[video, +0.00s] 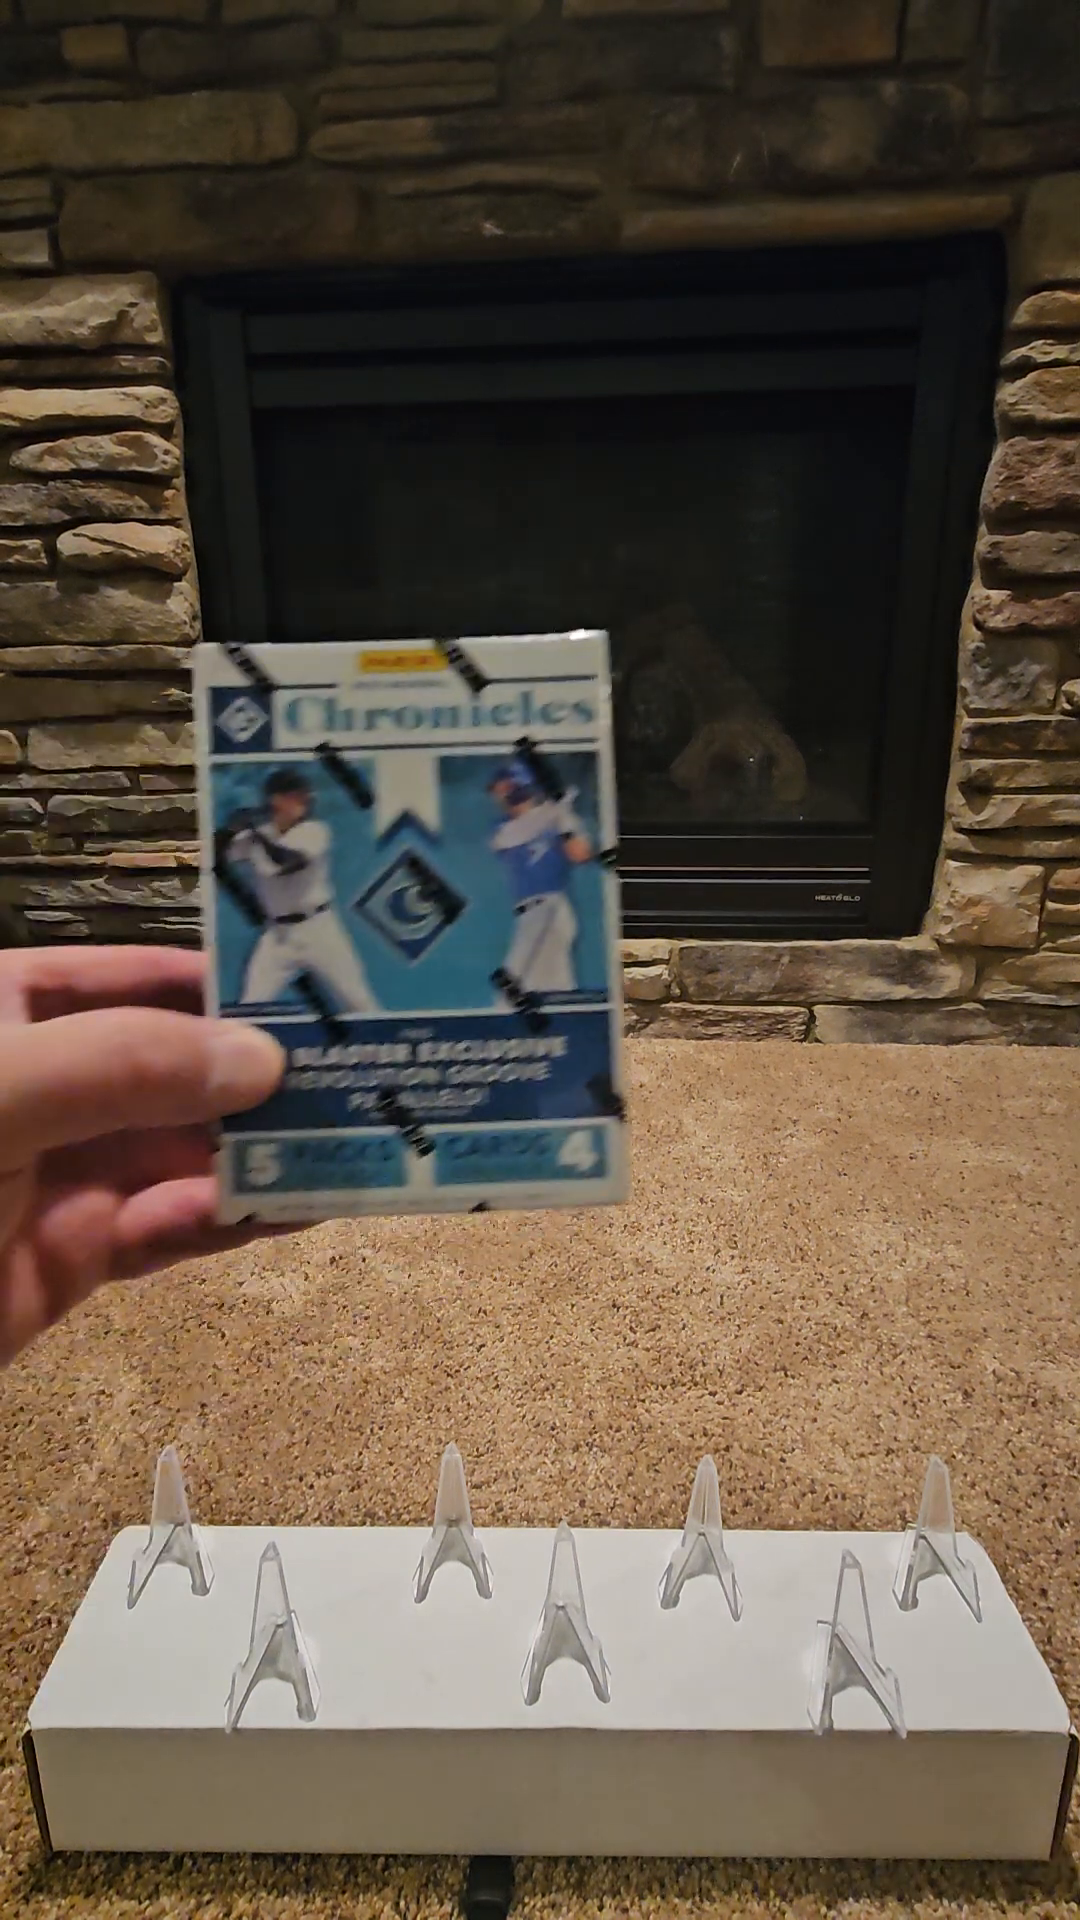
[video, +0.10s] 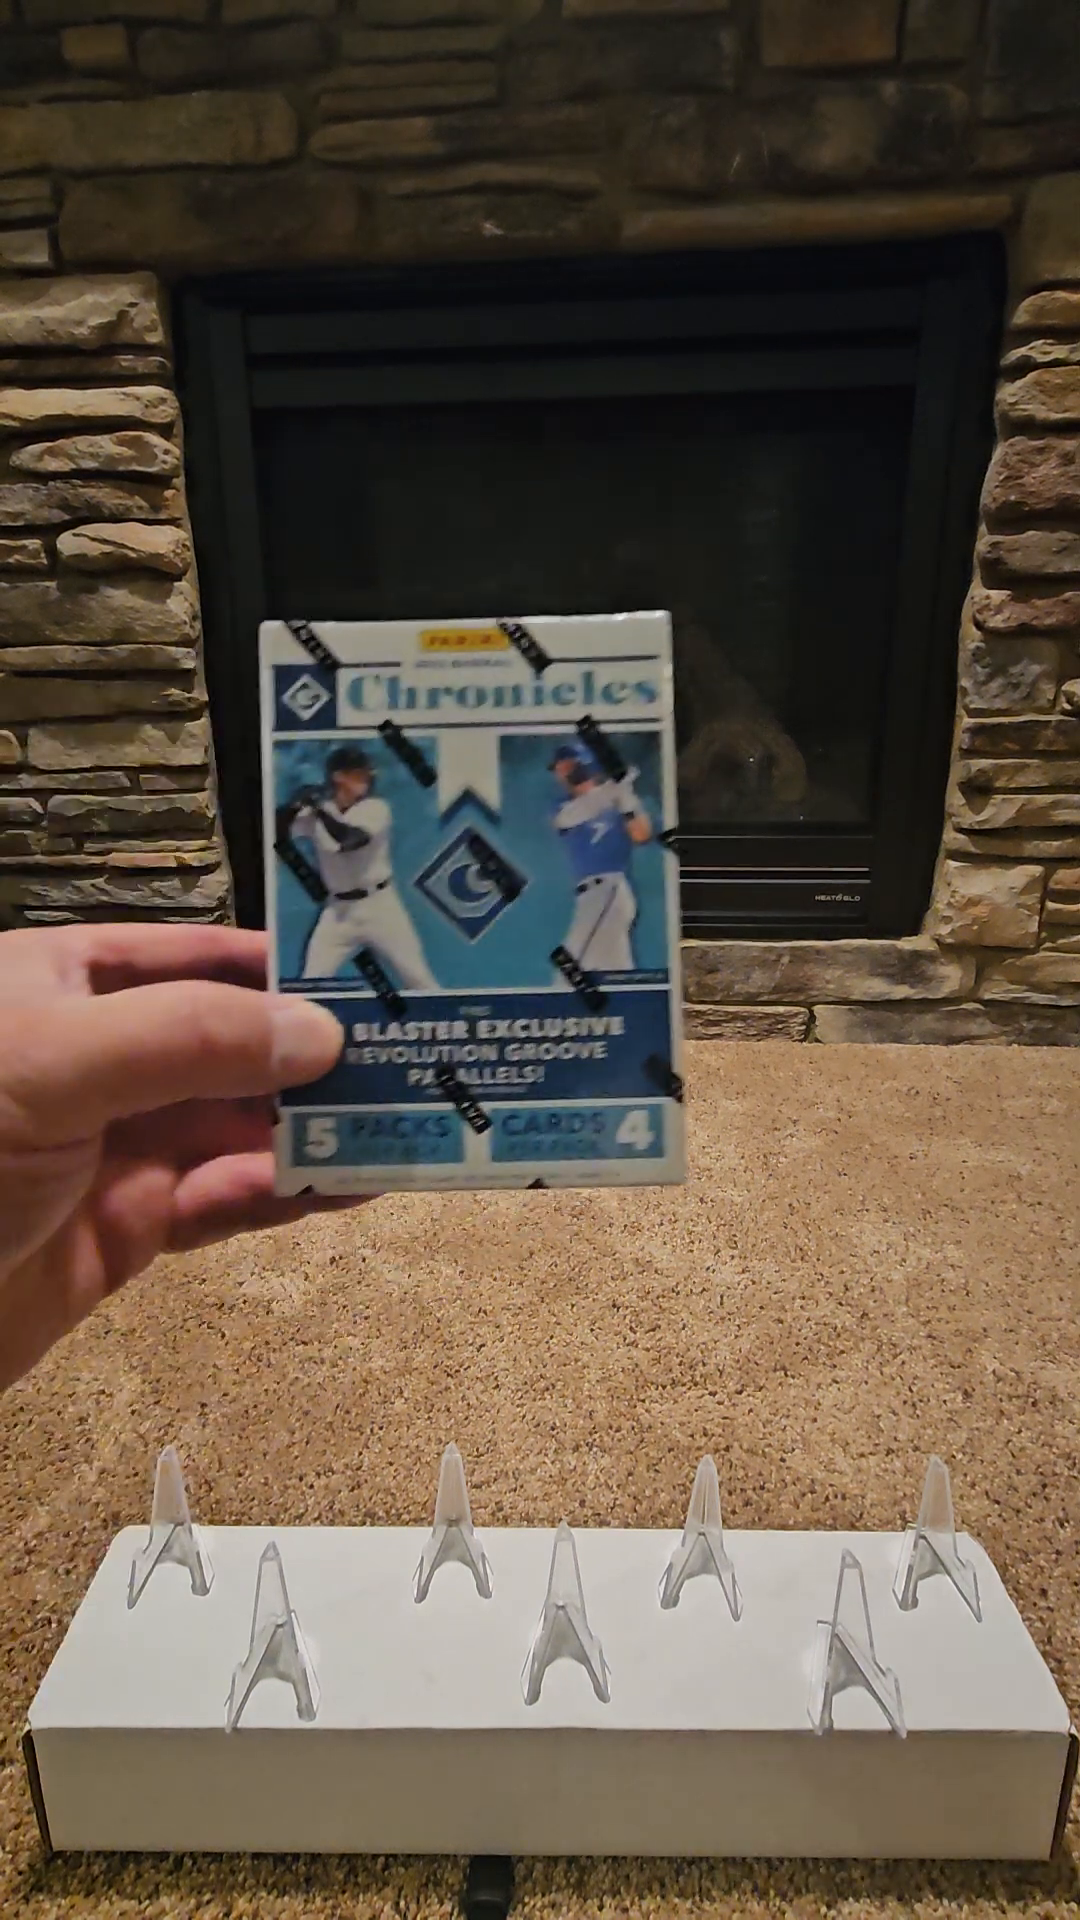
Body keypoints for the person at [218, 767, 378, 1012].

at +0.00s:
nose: (303, 803)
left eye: (304, 797)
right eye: (295, 797)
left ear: (306, 801)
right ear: (275, 800)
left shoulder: (315, 831)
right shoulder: (256, 838)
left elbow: (286, 862)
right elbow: (218, 856)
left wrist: (255, 834)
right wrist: (231, 831)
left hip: (319, 930)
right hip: (277, 934)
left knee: (358, 1001)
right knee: (252, 1009)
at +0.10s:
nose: (366, 779)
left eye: (366, 773)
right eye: (357, 774)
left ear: (369, 777)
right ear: (338, 777)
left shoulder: (376, 808)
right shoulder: (316, 816)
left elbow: (347, 840)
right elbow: (278, 832)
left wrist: (318, 807)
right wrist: (294, 807)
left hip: (381, 907)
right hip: (338, 911)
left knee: (417, 977)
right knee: (312, 985)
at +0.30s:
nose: (399, 742)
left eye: (400, 736)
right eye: (391, 737)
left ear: (403, 740)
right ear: (371, 742)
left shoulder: (409, 775)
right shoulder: (346, 781)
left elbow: (380, 807)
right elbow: (308, 798)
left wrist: (348, 772)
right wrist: (325, 771)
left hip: (412, 875)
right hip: (369, 878)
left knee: (450, 948)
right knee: (343, 952)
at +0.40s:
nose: (385, 726)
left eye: (387, 720)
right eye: (377, 721)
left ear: (391, 724)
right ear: (358, 726)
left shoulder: (397, 759)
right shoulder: (333, 765)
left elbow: (370, 792)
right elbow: (293, 781)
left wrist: (335, 757)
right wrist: (315, 754)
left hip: (401, 860)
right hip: (358, 864)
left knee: (441, 934)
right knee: (332, 939)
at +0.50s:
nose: (375, 716)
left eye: (376, 710)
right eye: (366, 710)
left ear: (380, 713)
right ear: (347, 716)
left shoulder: (386, 748)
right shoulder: (322, 755)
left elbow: (358, 782)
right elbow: (281, 775)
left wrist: (324, 747)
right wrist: (302, 744)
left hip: (392, 851)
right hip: (347, 856)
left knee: (431, 925)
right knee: (322, 932)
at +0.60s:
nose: (382, 703)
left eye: (383, 697)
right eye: (373, 698)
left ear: (387, 701)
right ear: (353, 705)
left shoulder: (394, 739)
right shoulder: (328, 745)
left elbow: (364, 773)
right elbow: (287, 765)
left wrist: (330, 737)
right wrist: (308, 734)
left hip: (399, 843)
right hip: (353, 848)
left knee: (439, 919)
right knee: (327, 925)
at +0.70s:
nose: (388, 691)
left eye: (389, 685)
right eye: (379, 686)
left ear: (394, 690)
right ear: (359, 692)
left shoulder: (400, 728)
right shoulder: (333, 734)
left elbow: (370, 763)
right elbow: (292, 752)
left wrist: (335, 726)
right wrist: (313, 723)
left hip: (405, 834)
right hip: (359, 839)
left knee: (445, 913)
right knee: (330, 918)